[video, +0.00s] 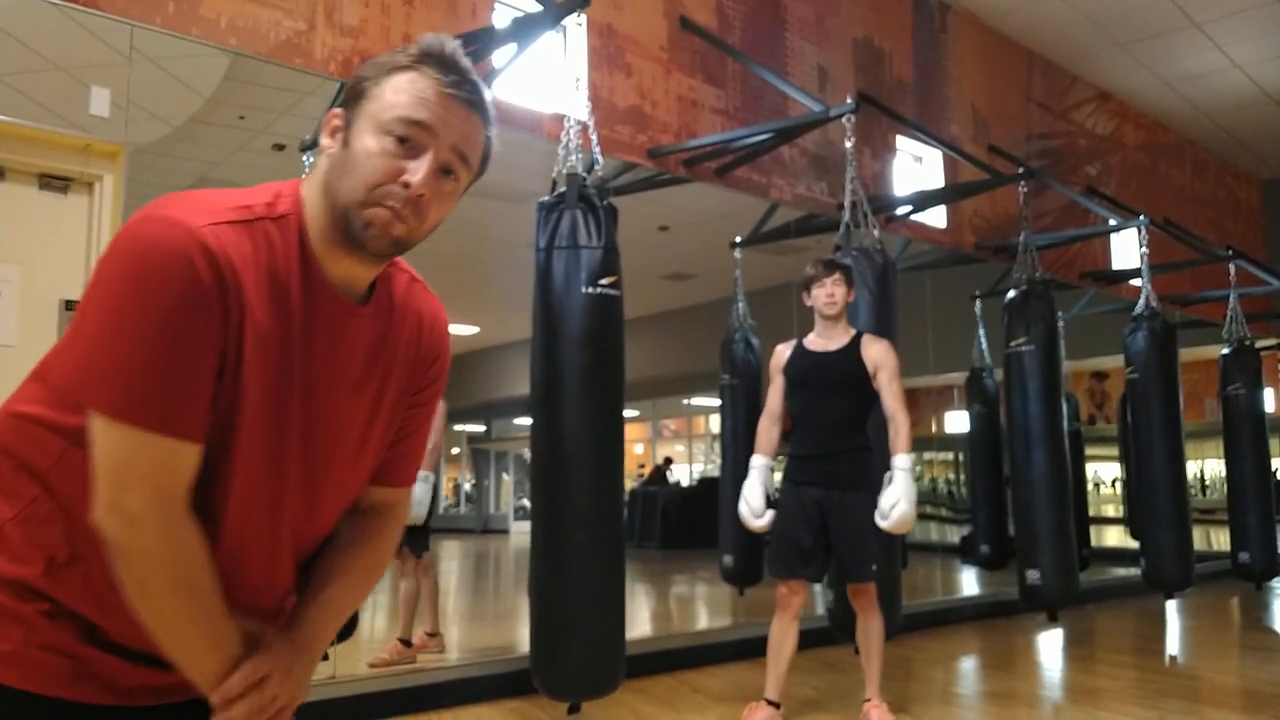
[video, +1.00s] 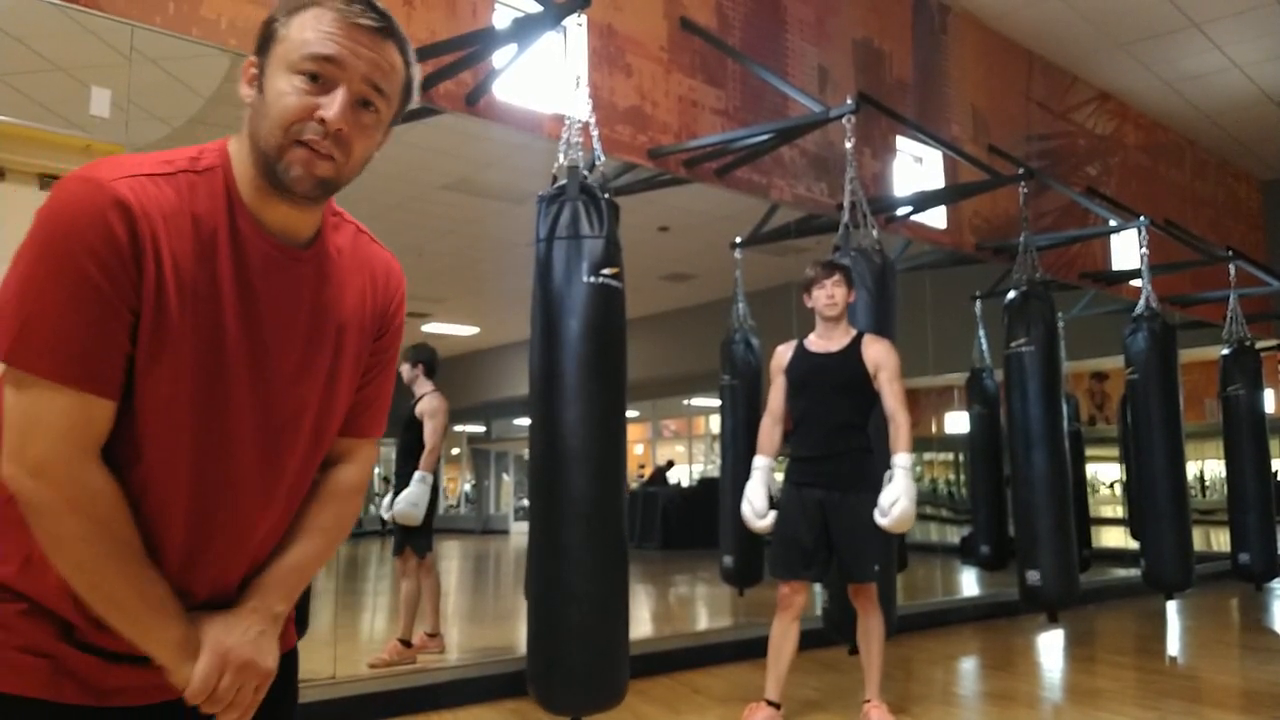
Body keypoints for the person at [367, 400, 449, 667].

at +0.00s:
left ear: (428, 381)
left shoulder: (435, 405)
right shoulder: (401, 407)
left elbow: (434, 443)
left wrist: (422, 477)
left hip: (416, 482)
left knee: (406, 568)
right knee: (423, 566)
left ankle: (403, 641)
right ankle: (431, 633)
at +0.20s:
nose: (403, 369)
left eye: (407, 363)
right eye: (404, 363)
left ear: (417, 365)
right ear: (419, 366)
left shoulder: (431, 401)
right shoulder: (412, 399)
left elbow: (432, 447)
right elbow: (402, 452)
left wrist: (420, 487)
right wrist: (391, 492)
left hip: (414, 486)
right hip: (405, 486)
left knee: (406, 565)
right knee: (422, 564)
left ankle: (403, 642)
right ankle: (431, 634)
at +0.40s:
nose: (400, 372)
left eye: (403, 366)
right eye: (401, 367)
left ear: (418, 369)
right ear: (419, 370)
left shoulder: (432, 402)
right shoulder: (420, 403)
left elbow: (432, 449)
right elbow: (408, 453)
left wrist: (417, 487)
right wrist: (393, 490)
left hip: (416, 487)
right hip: (410, 485)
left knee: (406, 564)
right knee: (424, 563)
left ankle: (403, 642)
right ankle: (431, 634)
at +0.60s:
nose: (400, 373)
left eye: (403, 367)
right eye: (400, 368)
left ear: (418, 368)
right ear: (419, 369)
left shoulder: (433, 402)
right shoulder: (419, 402)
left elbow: (432, 449)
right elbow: (409, 452)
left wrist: (416, 488)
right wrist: (393, 488)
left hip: (417, 486)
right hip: (410, 484)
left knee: (406, 563)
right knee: (424, 562)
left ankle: (403, 641)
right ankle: (431, 634)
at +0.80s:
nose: (400, 375)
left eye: (403, 369)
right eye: (400, 369)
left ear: (418, 369)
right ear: (419, 370)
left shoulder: (432, 402)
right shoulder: (420, 403)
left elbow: (432, 449)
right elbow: (408, 454)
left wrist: (417, 488)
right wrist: (394, 490)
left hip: (416, 487)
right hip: (411, 486)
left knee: (406, 565)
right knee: (424, 564)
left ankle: (403, 642)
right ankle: (432, 635)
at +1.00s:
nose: (401, 374)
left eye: (403, 369)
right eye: (401, 369)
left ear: (418, 369)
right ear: (420, 369)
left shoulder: (433, 401)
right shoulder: (420, 402)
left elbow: (432, 448)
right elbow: (407, 453)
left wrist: (418, 487)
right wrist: (394, 492)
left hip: (416, 487)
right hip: (410, 485)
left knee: (406, 564)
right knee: (424, 562)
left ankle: (404, 642)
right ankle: (432, 634)